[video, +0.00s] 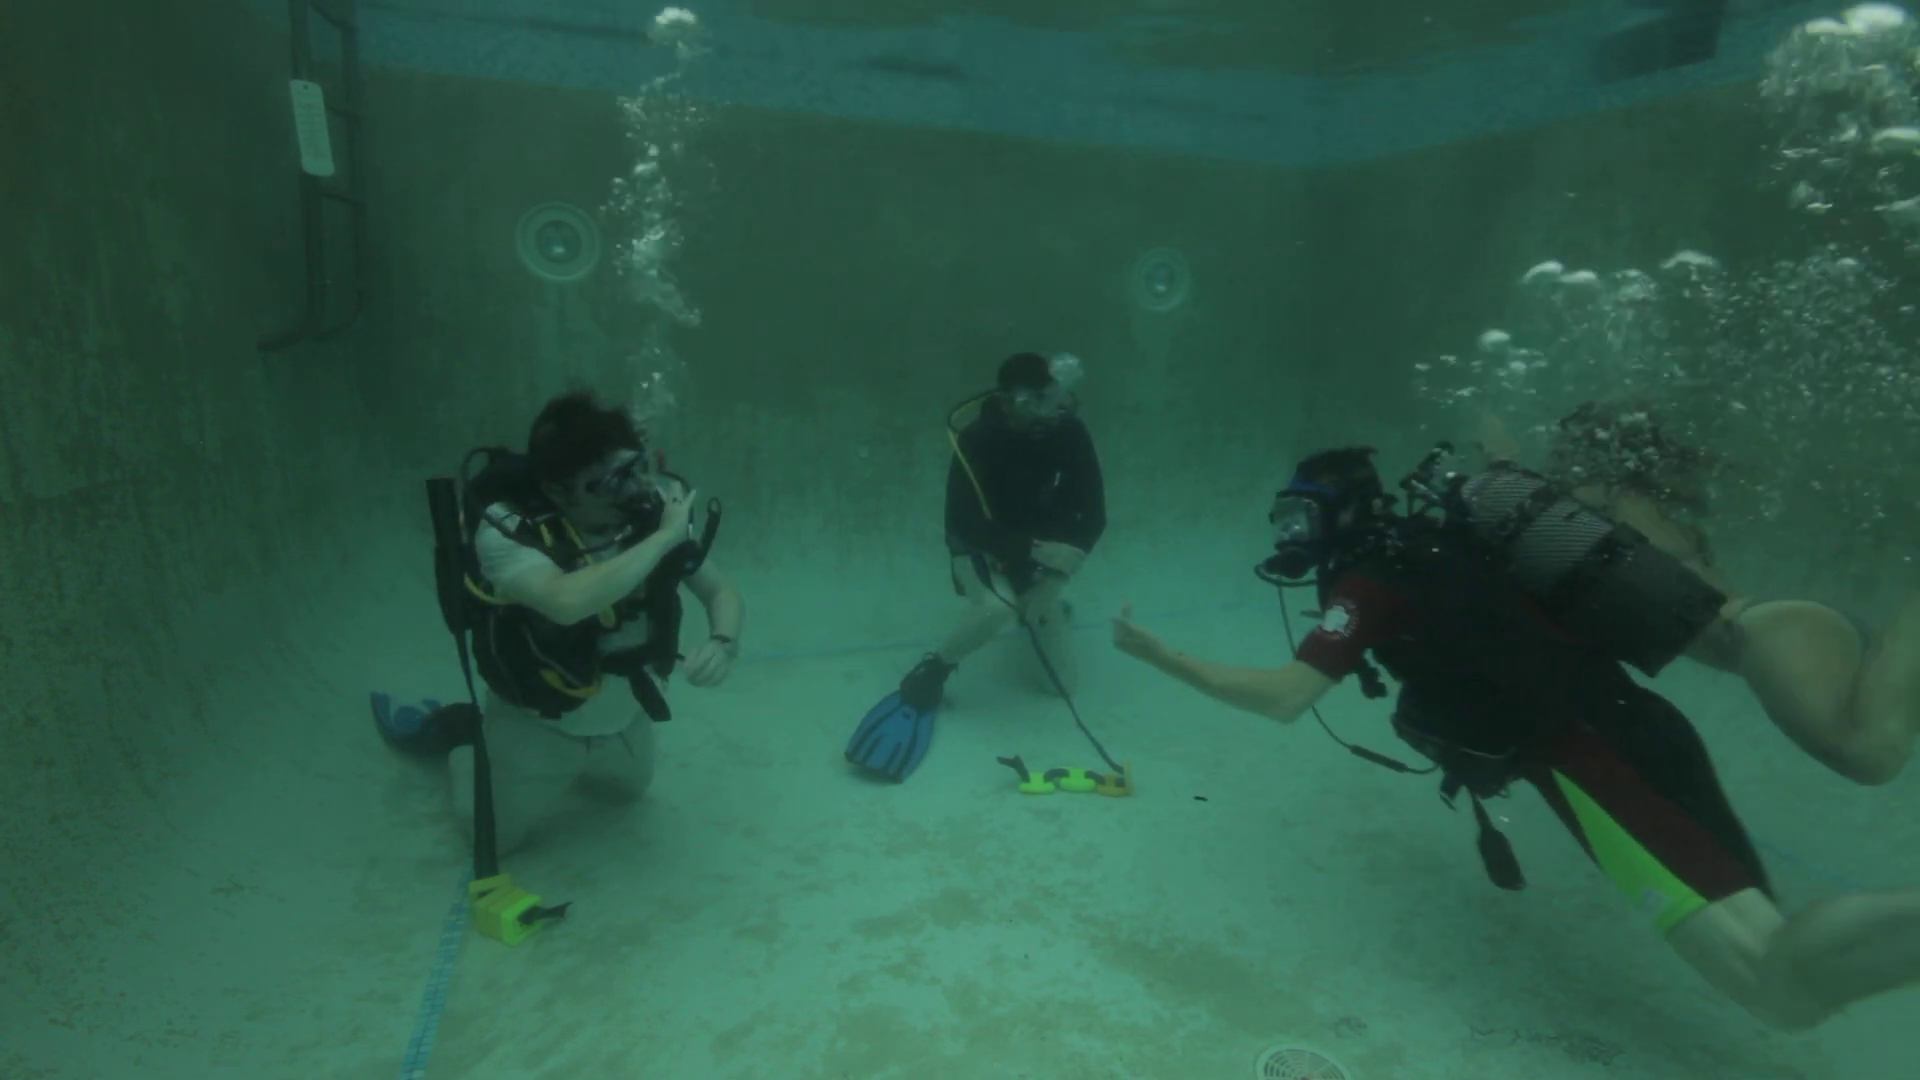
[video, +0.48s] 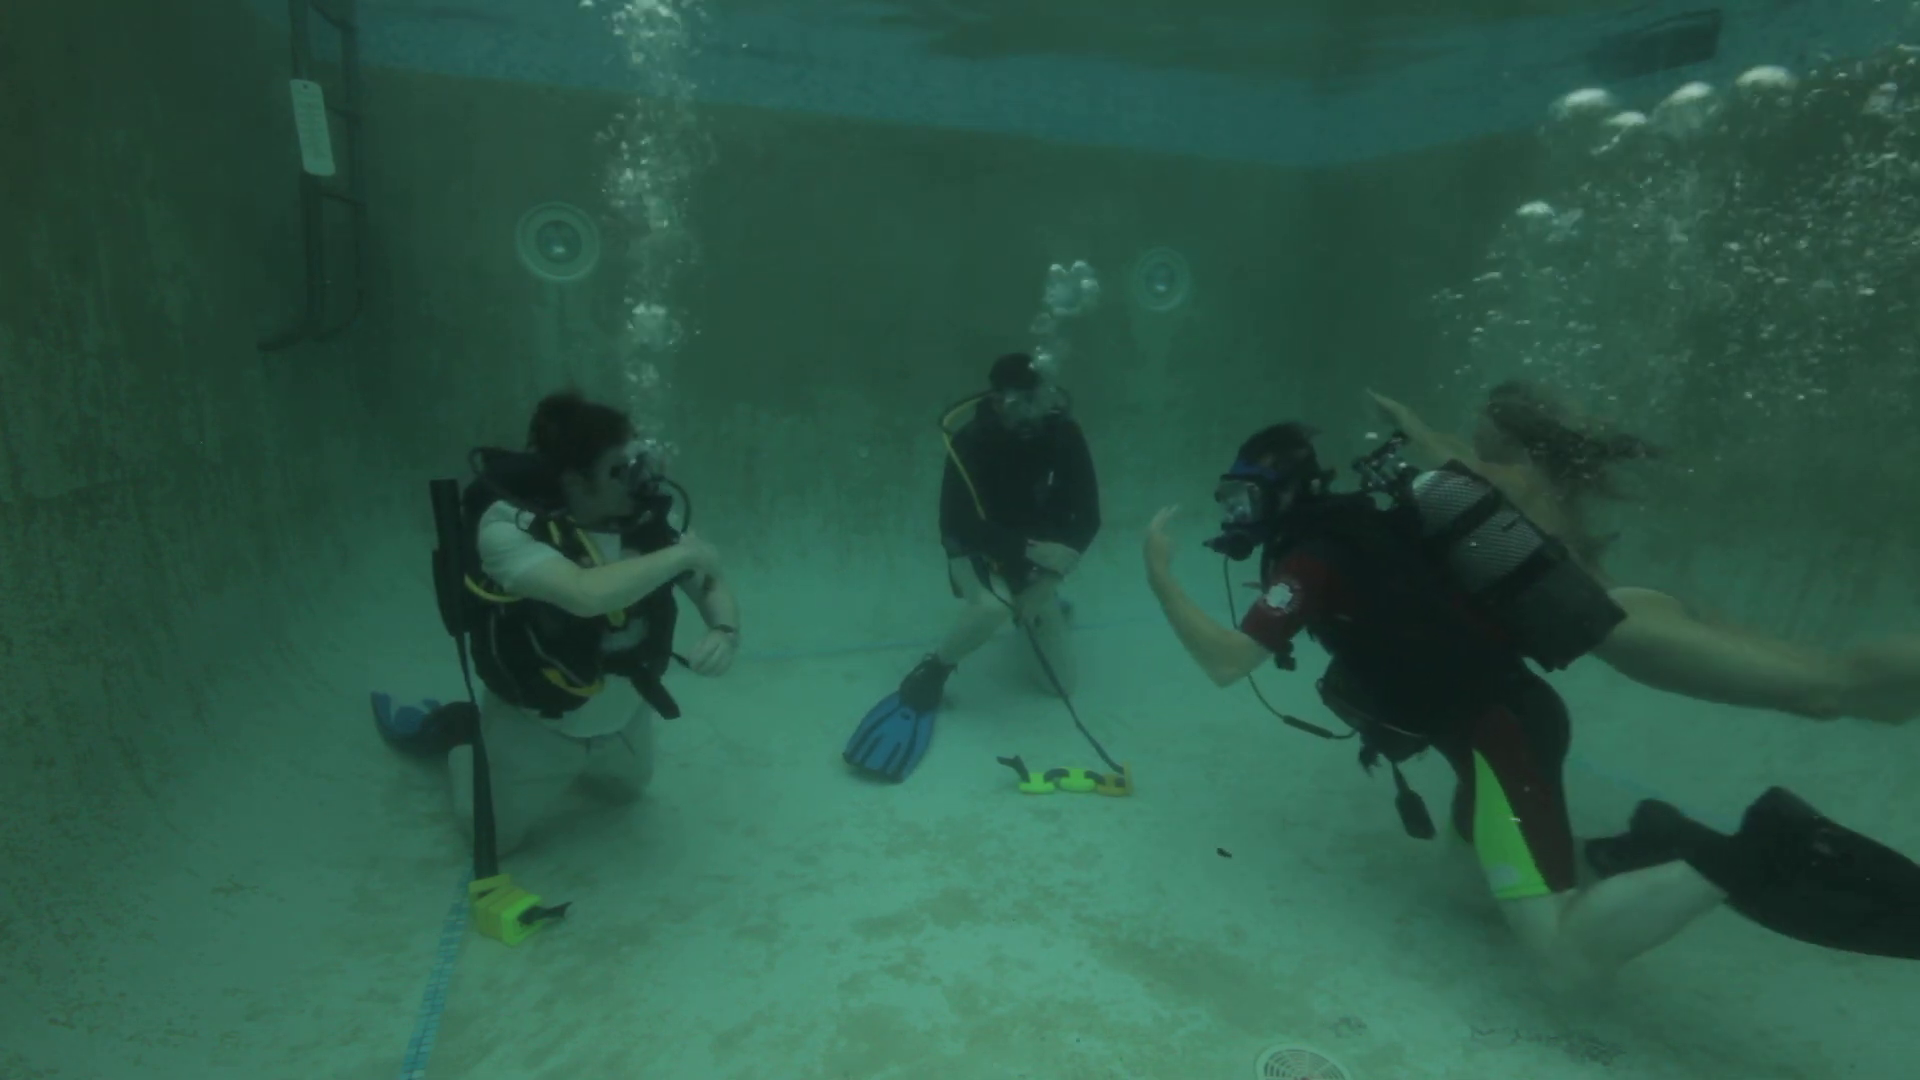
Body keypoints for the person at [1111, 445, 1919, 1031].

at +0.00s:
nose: (1288, 546)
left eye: (1300, 527)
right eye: (1286, 527)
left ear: (1346, 515)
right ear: (1361, 508)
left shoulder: (1377, 580)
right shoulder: (1429, 547)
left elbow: (1280, 695)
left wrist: (1165, 656)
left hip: (1596, 753)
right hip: (1629, 723)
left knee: (1777, 982)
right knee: (1778, 948)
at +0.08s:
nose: (1276, 540)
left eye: (1288, 522)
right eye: (1275, 522)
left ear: (1334, 510)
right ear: (1351, 502)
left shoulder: (1365, 576)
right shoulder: (1417, 532)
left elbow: (1273, 689)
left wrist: (1157, 648)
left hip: (1578, 752)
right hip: (1605, 723)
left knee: (1736, 976)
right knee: (1734, 943)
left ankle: (1906, 881)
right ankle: (1902, 880)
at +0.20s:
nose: (1261, 526)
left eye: (1272, 509)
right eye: (1262, 509)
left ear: (1315, 502)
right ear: (1337, 494)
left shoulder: (1342, 569)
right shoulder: (1397, 530)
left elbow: (1258, 682)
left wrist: (1146, 633)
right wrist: (1456, 447)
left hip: (1549, 750)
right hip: (1578, 718)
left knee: (1669, 969)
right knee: (1649, 925)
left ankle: (1865, 874)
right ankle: (1812, 865)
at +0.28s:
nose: (1250, 521)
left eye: (1261, 503)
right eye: (1251, 504)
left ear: (1300, 497)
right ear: (1325, 487)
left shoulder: (1329, 563)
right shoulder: (1381, 530)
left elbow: (1257, 676)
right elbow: (1474, 499)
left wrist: (1156, 625)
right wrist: (1443, 429)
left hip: (1530, 745)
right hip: (1552, 714)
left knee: (1634, 967)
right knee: (1606, 914)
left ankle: (1826, 870)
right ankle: (1760, 859)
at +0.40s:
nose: (1240, 523)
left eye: (1252, 506)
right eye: (1239, 506)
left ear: (1289, 498)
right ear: (1309, 486)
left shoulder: (1323, 563)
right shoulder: (1366, 522)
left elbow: (1240, 666)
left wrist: (1160, 599)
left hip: (1510, 737)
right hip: (1522, 703)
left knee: (1590, 960)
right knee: (1523, 889)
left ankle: (1774, 862)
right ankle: (1675, 854)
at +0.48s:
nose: (1229, 518)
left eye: (1242, 503)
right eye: (1230, 503)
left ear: (1280, 495)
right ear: (1293, 485)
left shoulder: (1314, 560)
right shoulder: (1350, 517)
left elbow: (1225, 661)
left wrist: (1162, 575)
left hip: (1500, 732)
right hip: (1496, 706)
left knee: (1560, 950)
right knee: (1505, 877)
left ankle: (1736, 866)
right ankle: (1649, 847)